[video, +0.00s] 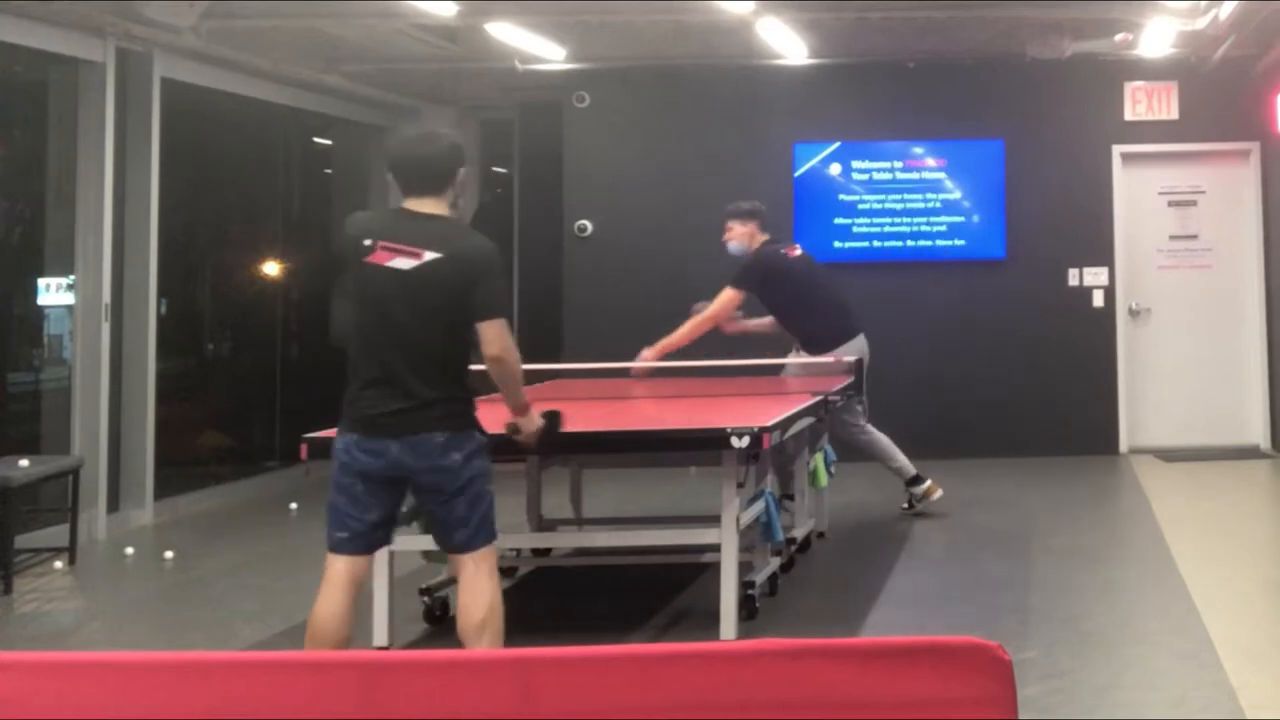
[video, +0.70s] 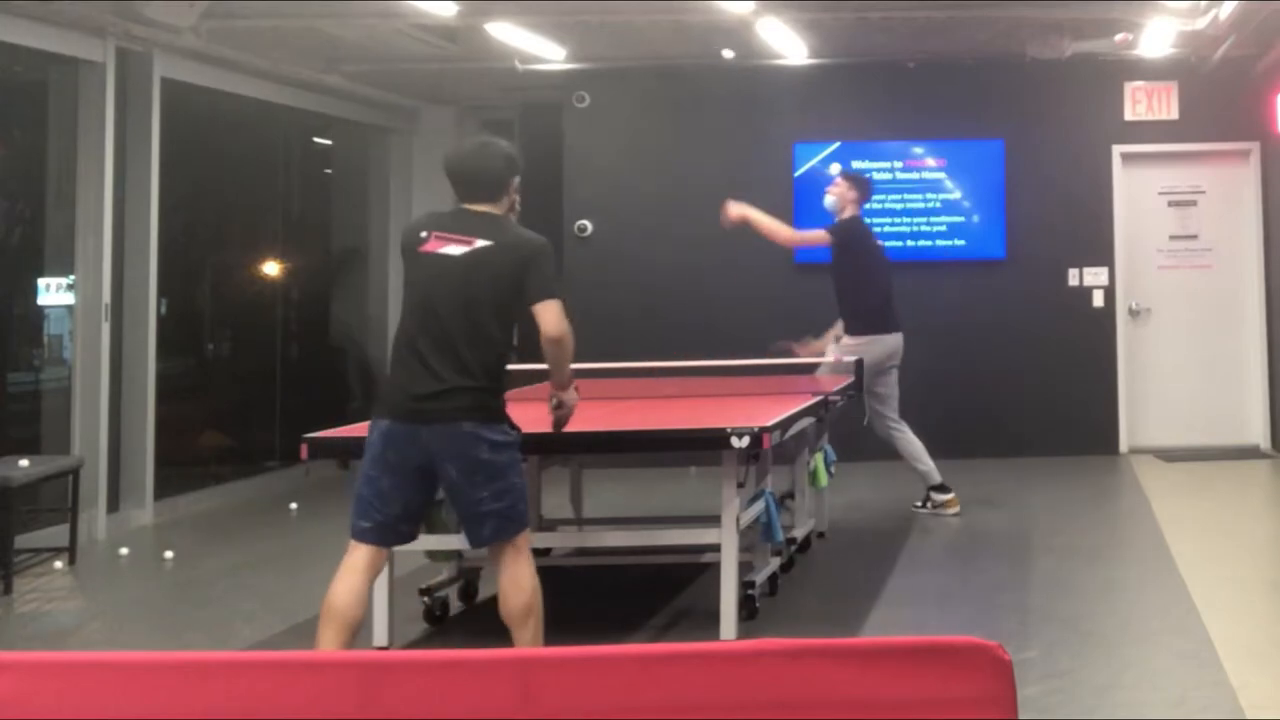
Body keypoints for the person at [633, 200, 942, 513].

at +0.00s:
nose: (725, 237)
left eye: (730, 229)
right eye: (725, 230)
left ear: (754, 229)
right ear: (756, 231)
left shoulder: (756, 262)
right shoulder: (787, 253)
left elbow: (711, 316)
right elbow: (790, 319)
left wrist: (658, 350)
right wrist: (739, 326)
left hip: (821, 356)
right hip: (853, 347)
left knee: (783, 427)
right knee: (851, 424)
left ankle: (784, 501)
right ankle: (918, 483)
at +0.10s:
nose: (739, 221)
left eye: (748, 214)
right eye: (739, 215)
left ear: (771, 219)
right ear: (765, 220)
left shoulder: (767, 252)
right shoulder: (795, 248)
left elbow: (711, 291)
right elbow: (785, 314)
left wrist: (649, 313)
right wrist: (735, 308)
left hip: (823, 356)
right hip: (845, 349)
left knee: (781, 432)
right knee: (849, 425)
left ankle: (785, 507)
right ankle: (917, 477)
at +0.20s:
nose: (758, 209)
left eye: (766, 203)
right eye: (759, 203)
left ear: (787, 208)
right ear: (788, 211)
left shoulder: (779, 240)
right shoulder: (810, 243)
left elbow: (716, 260)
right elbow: (792, 306)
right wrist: (739, 296)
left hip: (814, 354)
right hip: (846, 350)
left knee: (784, 427)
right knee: (847, 426)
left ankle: (784, 502)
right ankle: (917, 475)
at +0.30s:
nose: (771, 205)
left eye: (779, 200)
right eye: (772, 199)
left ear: (800, 206)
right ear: (802, 210)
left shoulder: (790, 233)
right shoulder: (821, 243)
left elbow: (721, 233)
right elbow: (799, 303)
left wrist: (668, 201)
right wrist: (744, 291)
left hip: (816, 352)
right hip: (850, 349)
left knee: (784, 429)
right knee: (847, 426)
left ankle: (791, 520)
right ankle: (918, 476)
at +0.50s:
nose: (808, 192)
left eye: (817, 187)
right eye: (811, 187)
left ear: (836, 198)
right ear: (834, 200)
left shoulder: (825, 227)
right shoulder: (848, 239)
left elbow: (763, 211)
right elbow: (822, 302)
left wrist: (717, 173)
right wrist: (766, 302)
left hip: (835, 345)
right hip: (868, 344)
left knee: (796, 420)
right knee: (874, 422)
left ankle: (790, 502)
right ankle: (935, 486)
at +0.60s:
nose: (821, 190)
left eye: (829, 185)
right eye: (824, 184)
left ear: (847, 197)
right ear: (846, 199)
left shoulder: (838, 229)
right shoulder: (857, 237)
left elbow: (775, 220)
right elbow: (840, 301)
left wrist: (730, 185)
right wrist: (788, 323)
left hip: (848, 342)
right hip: (880, 341)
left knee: (806, 413)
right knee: (885, 420)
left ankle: (788, 497)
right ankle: (939, 490)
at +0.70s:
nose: (829, 188)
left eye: (838, 184)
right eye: (832, 182)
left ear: (855, 196)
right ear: (852, 198)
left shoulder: (846, 230)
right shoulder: (863, 234)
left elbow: (790, 238)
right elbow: (862, 300)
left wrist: (747, 212)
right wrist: (826, 341)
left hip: (862, 342)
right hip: (888, 339)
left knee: (814, 411)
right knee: (887, 421)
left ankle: (795, 494)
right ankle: (939, 490)